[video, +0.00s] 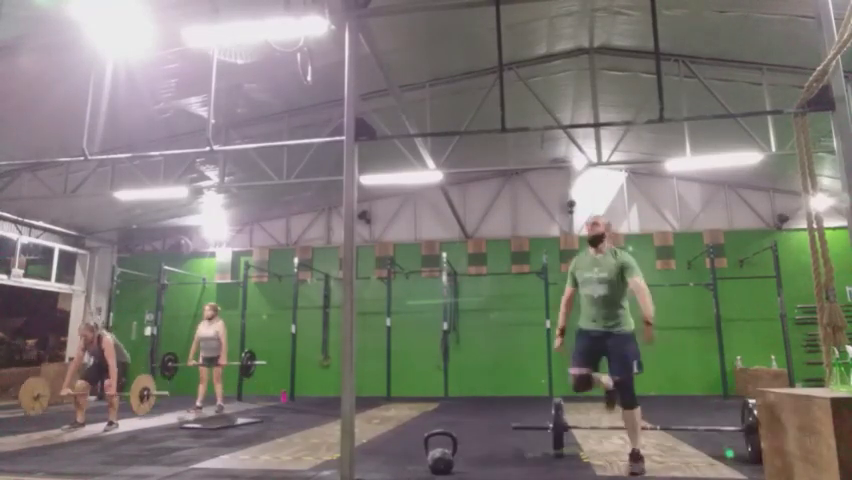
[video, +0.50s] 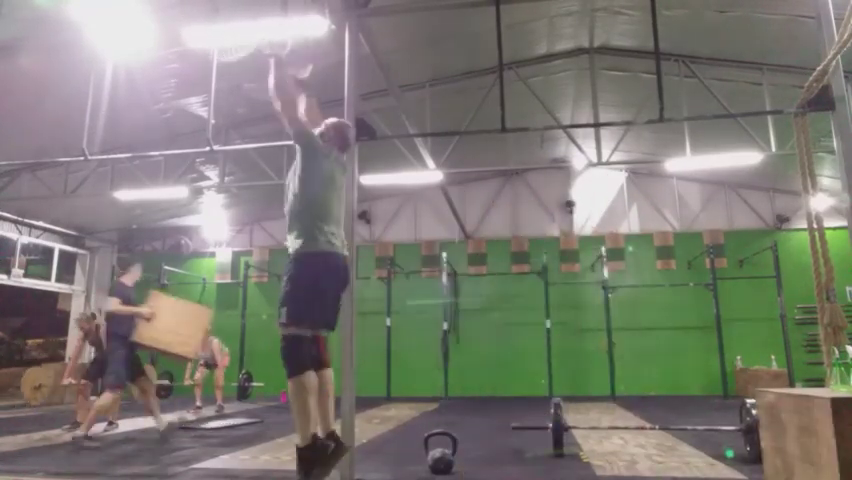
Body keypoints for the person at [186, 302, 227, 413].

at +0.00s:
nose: (206, 313)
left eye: (208, 310)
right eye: (205, 310)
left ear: (214, 312)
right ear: (204, 312)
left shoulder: (219, 324)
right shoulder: (201, 324)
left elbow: (223, 341)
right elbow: (195, 341)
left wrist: (223, 357)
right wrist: (191, 357)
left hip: (216, 353)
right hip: (203, 354)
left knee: (217, 379)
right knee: (202, 379)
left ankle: (219, 402)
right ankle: (198, 403)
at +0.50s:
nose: (204, 336)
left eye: (206, 333)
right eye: (202, 334)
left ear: (208, 333)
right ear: (200, 334)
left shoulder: (214, 342)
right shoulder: (197, 343)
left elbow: (219, 356)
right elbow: (190, 360)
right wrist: (187, 378)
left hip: (217, 362)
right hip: (205, 361)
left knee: (218, 383)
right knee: (197, 379)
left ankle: (219, 403)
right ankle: (198, 403)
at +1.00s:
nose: (198, 335)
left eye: (201, 333)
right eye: (197, 333)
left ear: (207, 334)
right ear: (195, 333)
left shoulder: (215, 342)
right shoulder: (196, 343)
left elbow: (220, 362)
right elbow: (191, 361)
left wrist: (219, 378)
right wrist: (186, 378)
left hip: (220, 360)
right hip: (205, 361)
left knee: (218, 381)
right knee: (196, 378)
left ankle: (219, 404)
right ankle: (198, 404)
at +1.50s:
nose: (206, 313)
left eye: (209, 310)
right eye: (205, 310)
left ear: (215, 312)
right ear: (204, 312)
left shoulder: (220, 324)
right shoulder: (202, 325)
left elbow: (224, 341)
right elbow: (197, 342)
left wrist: (224, 357)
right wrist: (192, 358)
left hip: (217, 354)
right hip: (204, 354)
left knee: (217, 378)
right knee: (202, 379)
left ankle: (219, 403)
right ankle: (199, 403)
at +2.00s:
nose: (200, 319)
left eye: (203, 316)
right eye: (200, 316)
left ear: (209, 319)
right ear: (198, 318)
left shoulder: (215, 329)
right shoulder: (197, 330)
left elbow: (221, 347)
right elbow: (192, 347)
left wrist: (222, 364)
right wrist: (189, 363)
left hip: (217, 354)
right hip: (204, 355)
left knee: (217, 376)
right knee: (200, 375)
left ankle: (219, 402)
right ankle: (198, 402)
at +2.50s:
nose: (195, 347)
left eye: (198, 344)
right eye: (194, 344)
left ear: (204, 344)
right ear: (193, 345)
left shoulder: (213, 351)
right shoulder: (194, 353)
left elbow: (217, 369)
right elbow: (190, 370)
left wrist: (217, 388)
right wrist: (184, 387)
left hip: (221, 364)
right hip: (205, 367)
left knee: (215, 381)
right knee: (195, 379)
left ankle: (219, 404)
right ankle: (198, 404)